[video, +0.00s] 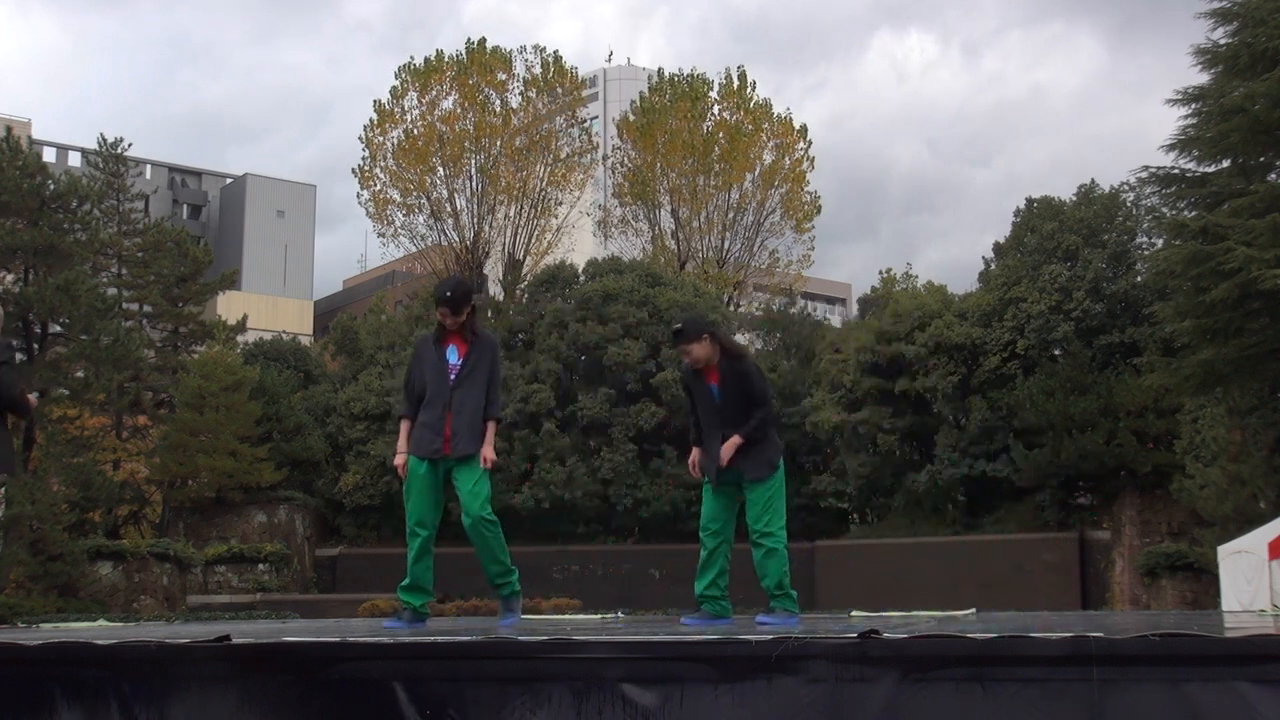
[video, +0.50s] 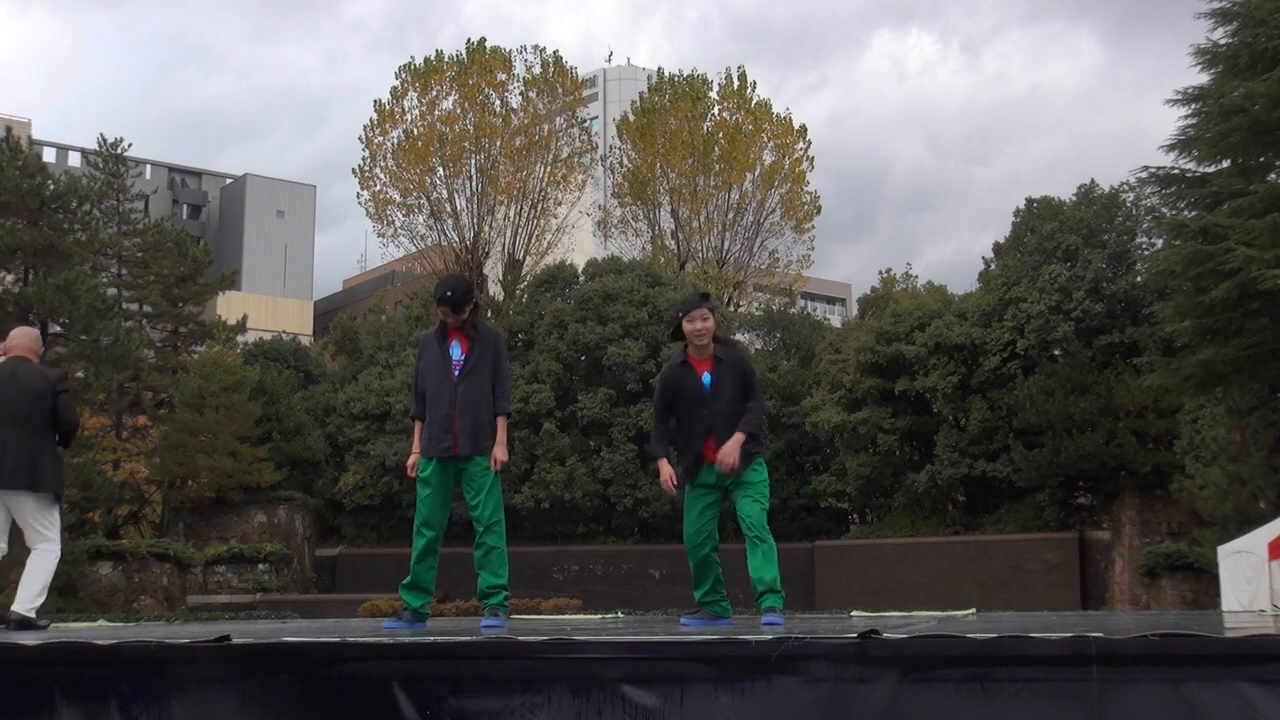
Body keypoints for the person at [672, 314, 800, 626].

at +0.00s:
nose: (685, 358)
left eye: (689, 350)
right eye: (682, 353)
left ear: (707, 340)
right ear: (684, 351)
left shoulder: (741, 365)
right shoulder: (690, 376)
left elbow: (765, 410)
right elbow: (696, 416)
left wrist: (736, 439)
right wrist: (697, 445)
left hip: (760, 459)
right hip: (719, 461)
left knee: (766, 532)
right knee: (712, 533)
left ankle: (784, 606)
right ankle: (714, 606)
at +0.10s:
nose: (664, 357)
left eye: (666, 350)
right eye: (661, 352)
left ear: (684, 341)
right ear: (680, 345)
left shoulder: (722, 370)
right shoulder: (689, 375)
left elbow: (746, 410)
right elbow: (697, 418)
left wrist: (717, 439)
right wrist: (690, 449)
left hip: (754, 462)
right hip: (719, 465)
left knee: (759, 534)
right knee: (714, 535)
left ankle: (791, 590)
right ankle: (715, 605)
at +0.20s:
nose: (656, 357)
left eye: (656, 349)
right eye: (653, 351)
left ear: (672, 342)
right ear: (673, 344)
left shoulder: (706, 372)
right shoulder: (692, 375)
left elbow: (735, 415)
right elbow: (698, 425)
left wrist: (709, 446)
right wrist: (678, 455)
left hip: (745, 464)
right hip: (716, 467)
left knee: (749, 529)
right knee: (705, 533)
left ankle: (796, 545)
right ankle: (715, 606)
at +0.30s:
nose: (658, 346)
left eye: (662, 338)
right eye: (657, 339)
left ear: (683, 333)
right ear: (678, 336)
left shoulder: (717, 363)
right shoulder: (684, 374)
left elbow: (740, 408)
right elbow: (688, 423)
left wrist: (709, 441)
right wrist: (671, 452)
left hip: (743, 461)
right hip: (708, 465)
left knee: (740, 535)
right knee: (700, 535)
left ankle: (791, 511)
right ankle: (716, 608)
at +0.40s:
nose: (685, 334)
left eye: (690, 326)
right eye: (677, 329)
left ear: (704, 327)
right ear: (671, 336)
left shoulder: (728, 359)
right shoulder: (669, 377)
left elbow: (752, 402)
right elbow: (668, 422)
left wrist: (720, 431)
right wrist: (666, 449)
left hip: (742, 455)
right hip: (700, 465)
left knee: (740, 517)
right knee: (696, 539)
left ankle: (779, 557)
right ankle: (715, 609)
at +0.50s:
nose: (699, 326)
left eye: (705, 318)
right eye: (692, 321)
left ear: (714, 322)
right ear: (682, 328)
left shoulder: (736, 359)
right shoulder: (672, 373)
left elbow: (756, 406)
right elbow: (661, 423)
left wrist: (737, 440)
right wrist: (662, 460)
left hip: (745, 463)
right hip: (699, 469)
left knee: (754, 524)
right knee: (696, 538)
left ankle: (770, 604)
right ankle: (714, 608)